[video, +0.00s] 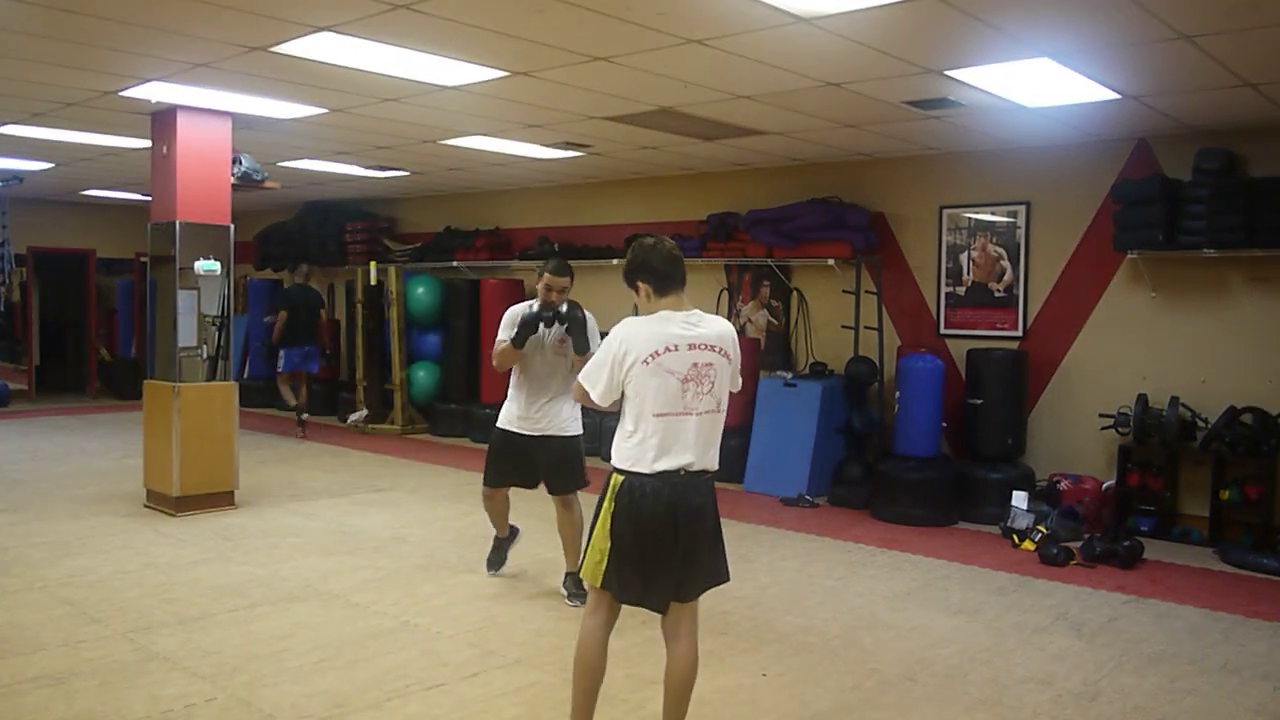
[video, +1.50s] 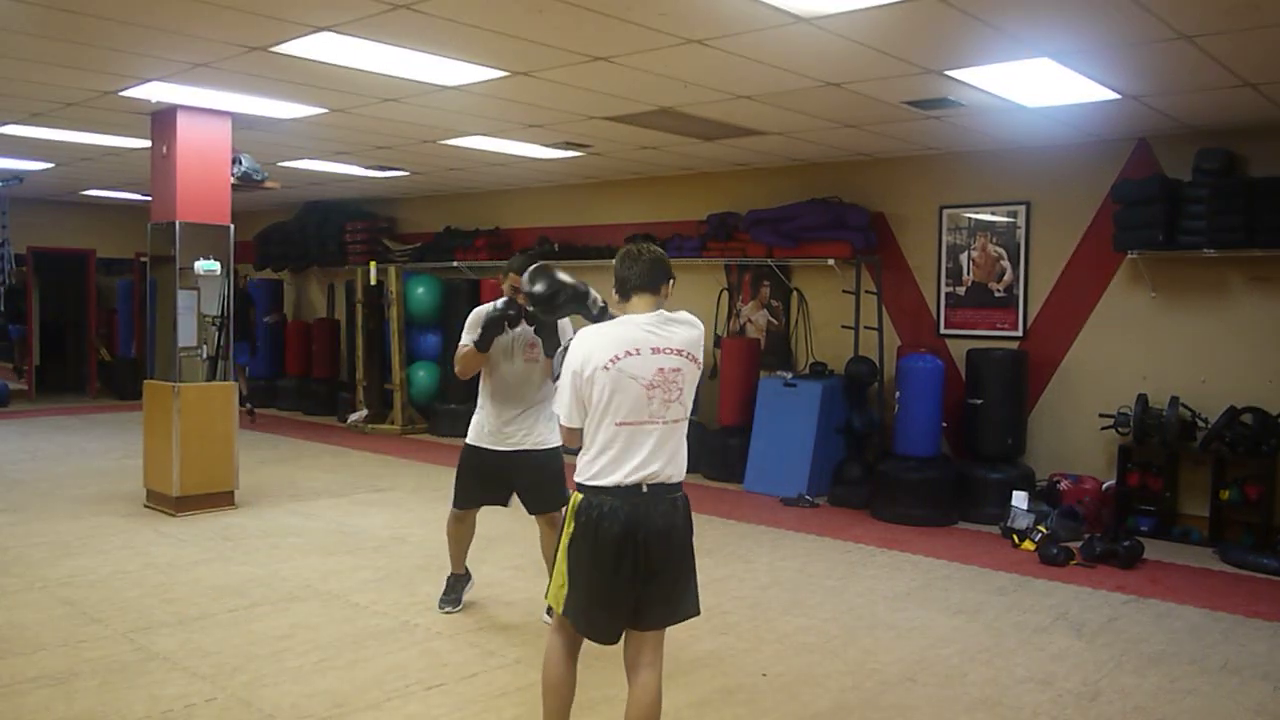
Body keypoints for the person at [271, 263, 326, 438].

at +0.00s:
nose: (292, 278)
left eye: (293, 275)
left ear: (294, 276)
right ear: (308, 277)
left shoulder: (287, 293)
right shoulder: (316, 294)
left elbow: (282, 318)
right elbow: (323, 318)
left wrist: (274, 338)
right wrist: (324, 340)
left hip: (291, 343)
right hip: (310, 342)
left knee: (282, 380)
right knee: (303, 381)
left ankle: (294, 405)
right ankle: (301, 422)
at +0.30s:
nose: (272, 277)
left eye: (273, 274)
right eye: (273, 274)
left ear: (276, 276)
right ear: (289, 277)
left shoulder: (274, 293)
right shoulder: (299, 294)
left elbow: (271, 319)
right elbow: (309, 317)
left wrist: (266, 343)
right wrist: (299, 327)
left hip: (278, 341)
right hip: (298, 341)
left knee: (267, 380)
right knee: (295, 381)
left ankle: (264, 421)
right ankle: (299, 424)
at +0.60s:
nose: (258, 274)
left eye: (258, 271)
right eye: (261, 270)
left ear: (258, 273)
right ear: (273, 273)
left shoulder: (254, 291)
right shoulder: (281, 290)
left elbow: (249, 315)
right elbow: (290, 312)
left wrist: (244, 336)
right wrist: (288, 332)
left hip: (260, 339)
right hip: (278, 339)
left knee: (260, 377)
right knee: (274, 375)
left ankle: (263, 420)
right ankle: (279, 403)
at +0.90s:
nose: (251, 279)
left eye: (251, 276)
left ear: (249, 277)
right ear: (264, 277)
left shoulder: (245, 293)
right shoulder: (273, 293)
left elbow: (238, 315)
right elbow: (279, 315)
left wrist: (233, 327)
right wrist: (277, 328)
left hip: (250, 339)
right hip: (268, 338)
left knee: (251, 375)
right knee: (261, 376)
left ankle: (259, 409)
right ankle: (256, 409)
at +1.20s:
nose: (243, 277)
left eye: (242, 274)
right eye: (247, 273)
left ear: (239, 276)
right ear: (253, 276)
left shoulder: (234, 294)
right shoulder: (260, 294)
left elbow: (229, 316)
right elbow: (269, 316)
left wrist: (227, 334)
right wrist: (267, 334)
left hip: (237, 339)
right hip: (256, 339)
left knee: (234, 377)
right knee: (255, 377)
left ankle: (231, 410)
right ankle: (254, 412)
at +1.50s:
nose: (244, 282)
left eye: (243, 278)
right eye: (243, 278)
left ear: (231, 280)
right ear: (240, 280)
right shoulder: (246, 296)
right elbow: (252, 320)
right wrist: (253, 341)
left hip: (231, 337)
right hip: (243, 338)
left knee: (239, 370)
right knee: (240, 370)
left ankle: (246, 399)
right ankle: (246, 399)